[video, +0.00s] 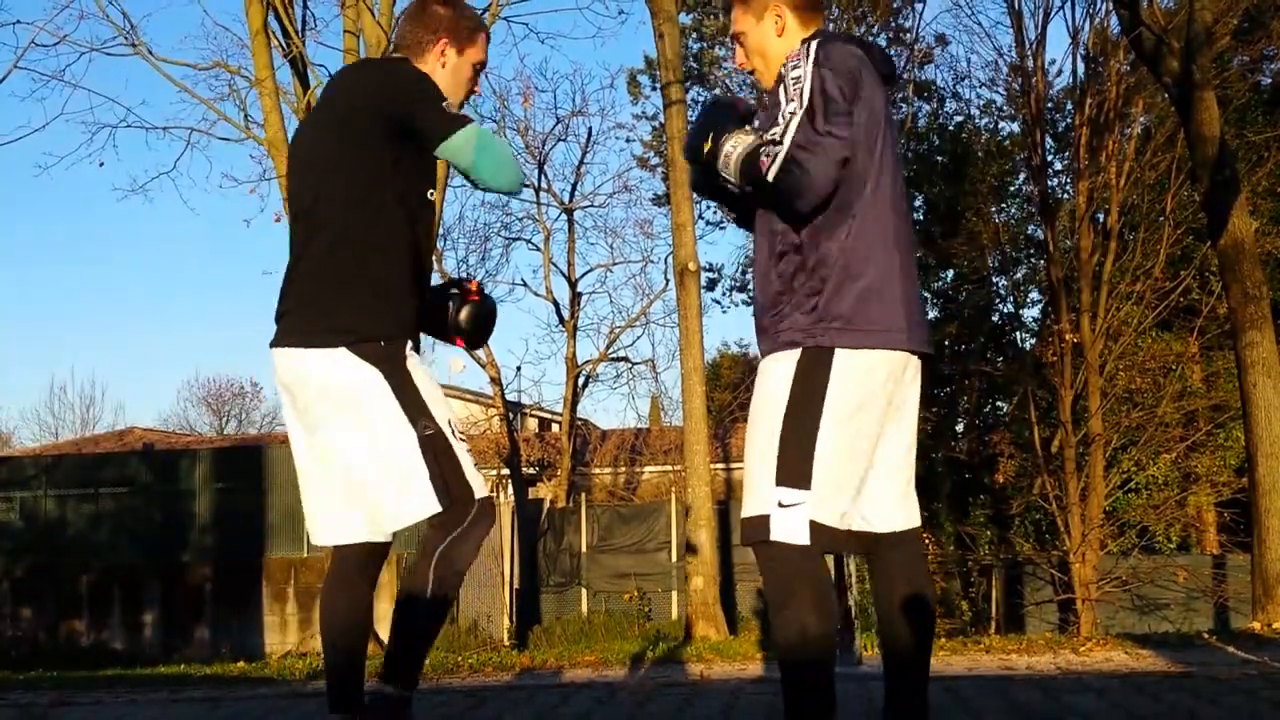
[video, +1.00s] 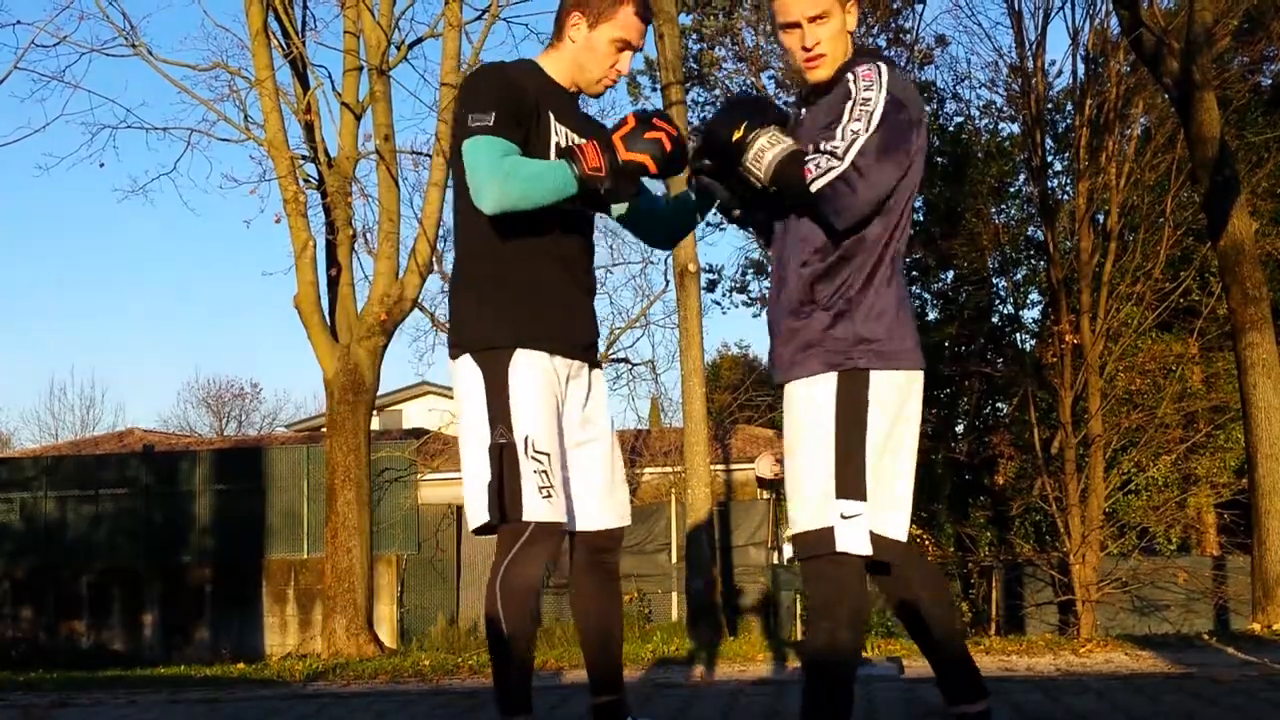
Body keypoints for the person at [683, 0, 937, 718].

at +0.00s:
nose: (735, 58)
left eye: (739, 38)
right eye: (732, 43)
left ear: (778, 17)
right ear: (782, 18)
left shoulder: (825, 61)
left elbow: (803, 182)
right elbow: (774, 214)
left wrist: (731, 143)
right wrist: (718, 157)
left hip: (827, 332)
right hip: (887, 330)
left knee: (778, 528)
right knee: (888, 525)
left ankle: (807, 713)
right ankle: (908, 711)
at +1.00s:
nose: (804, 40)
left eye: (818, 20)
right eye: (788, 28)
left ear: (851, 14)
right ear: (775, 32)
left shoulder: (881, 87)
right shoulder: (807, 117)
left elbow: (844, 200)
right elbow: (782, 228)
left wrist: (765, 146)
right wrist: (727, 177)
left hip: (851, 349)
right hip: (833, 350)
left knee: (826, 540)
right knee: (879, 534)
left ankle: (823, 719)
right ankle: (968, 695)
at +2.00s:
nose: (944, 43)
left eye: (953, 24)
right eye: (941, 28)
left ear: (1006, 11)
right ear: (994, 17)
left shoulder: (1058, 66)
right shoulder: (1015, 93)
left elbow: (1014, 186)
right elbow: (977, 212)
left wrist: (939, 126)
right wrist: (922, 140)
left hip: (1061, 336)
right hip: (1011, 343)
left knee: (1086, 526)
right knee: (1032, 527)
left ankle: (1131, 706)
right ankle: (1109, 692)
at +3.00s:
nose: (938, 57)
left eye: (946, 37)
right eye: (935, 42)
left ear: (996, 24)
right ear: (991, 26)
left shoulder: (1043, 71)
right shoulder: (1039, 80)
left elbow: (1016, 202)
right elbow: (1010, 206)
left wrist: (940, 155)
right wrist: (949, 151)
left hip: (1084, 333)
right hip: (1081, 333)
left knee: (1094, 529)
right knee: (1098, 529)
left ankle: (1119, 709)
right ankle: (1119, 704)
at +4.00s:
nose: (985, 70)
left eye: (994, 53)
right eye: (982, 57)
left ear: (1044, 46)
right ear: (1038, 53)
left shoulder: (1076, 95)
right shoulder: (1086, 107)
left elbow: (1039, 189)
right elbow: (1027, 216)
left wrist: (957, 146)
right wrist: (965, 174)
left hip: (1055, 340)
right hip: (1107, 339)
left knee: (997, 517)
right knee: (1133, 517)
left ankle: (1013, 709)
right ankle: (1207, 694)